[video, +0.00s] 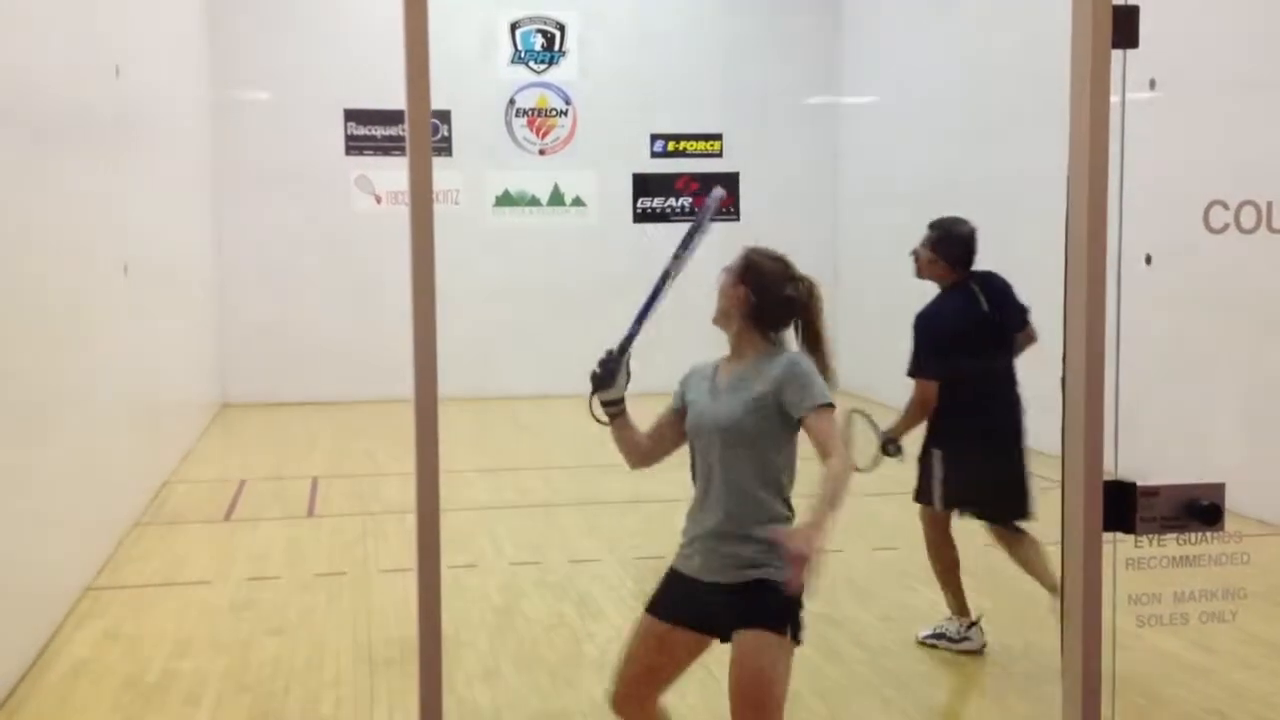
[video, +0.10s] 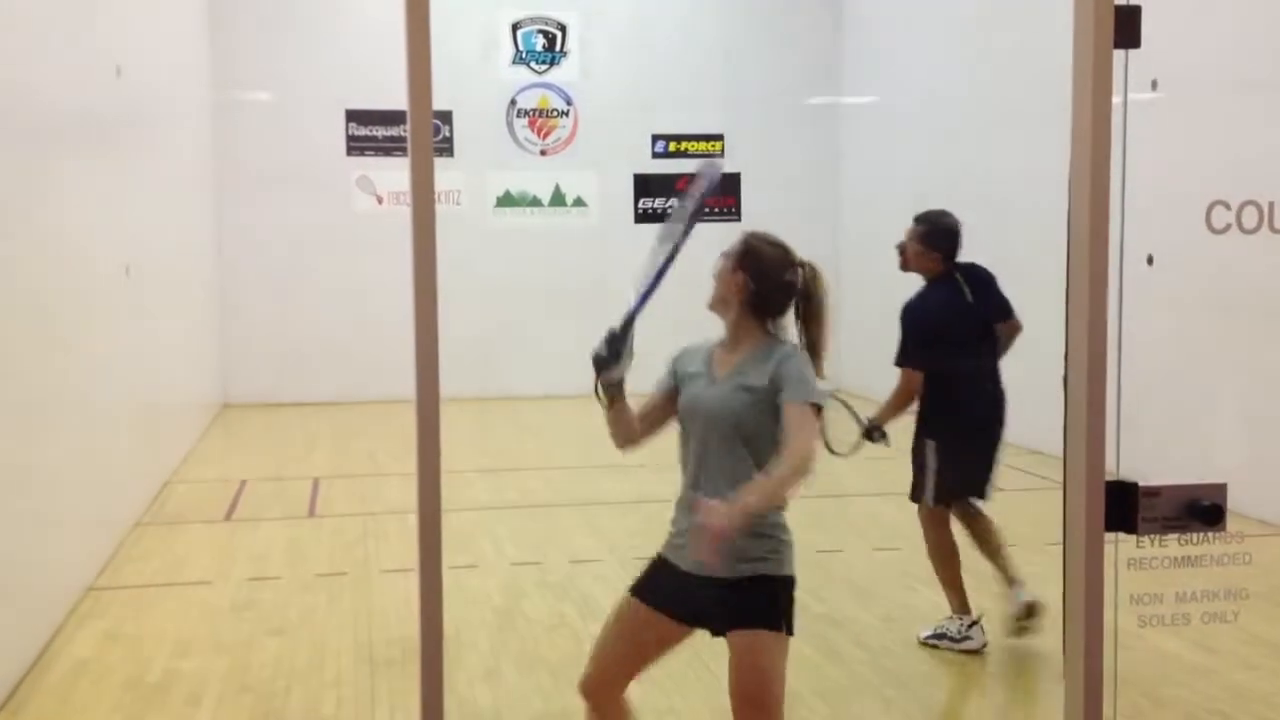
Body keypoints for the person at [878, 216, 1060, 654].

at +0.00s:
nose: (915, 251)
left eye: (924, 248)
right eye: (921, 245)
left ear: (941, 262)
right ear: (960, 259)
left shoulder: (933, 318)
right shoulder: (992, 286)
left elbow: (925, 399)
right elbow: (1027, 335)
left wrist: (892, 433)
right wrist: (988, 360)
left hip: (951, 435)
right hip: (1000, 430)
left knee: (934, 517)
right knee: (1002, 523)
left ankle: (961, 621)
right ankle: (1061, 592)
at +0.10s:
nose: (901, 245)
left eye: (910, 242)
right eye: (907, 239)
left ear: (931, 255)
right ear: (943, 253)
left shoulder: (920, 309)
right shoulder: (977, 278)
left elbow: (910, 386)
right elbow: (1010, 327)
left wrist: (876, 419)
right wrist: (980, 362)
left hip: (942, 421)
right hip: (986, 411)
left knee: (933, 513)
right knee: (962, 501)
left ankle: (963, 620)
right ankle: (1018, 589)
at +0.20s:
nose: (888, 241)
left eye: (897, 237)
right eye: (893, 234)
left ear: (918, 250)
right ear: (927, 248)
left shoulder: (907, 304)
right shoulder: (960, 272)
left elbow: (896, 380)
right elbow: (998, 319)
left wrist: (864, 409)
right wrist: (982, 371)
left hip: (935, 411)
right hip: (972, 401)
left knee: (935, 506)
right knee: (941, 499)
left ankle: (966, 619)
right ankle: (961, 603)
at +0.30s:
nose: (877, 247)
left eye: (886, 242)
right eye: (881, 239)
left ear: (909, 254)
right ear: (913, 251)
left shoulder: (896, 308)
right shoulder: (944, 274)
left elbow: (882, 381)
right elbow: (985, 317)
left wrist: (849, 402)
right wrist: (983, 377)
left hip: (923, 418)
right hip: (954, 408)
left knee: (934, 511)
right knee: (925, 501)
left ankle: (968, 618)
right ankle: (907, 584)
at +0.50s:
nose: (855, 255)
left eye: (863, 249)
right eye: (859, 247)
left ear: (885, 256)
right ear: (891, 255)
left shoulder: (869, 311)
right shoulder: (920, 278)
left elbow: (851, 369)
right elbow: (959, 320)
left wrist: (822, 379)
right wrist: (959, 377)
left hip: (890, 418)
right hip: (921, 412)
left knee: (869, 508)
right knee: (890, 501)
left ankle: (938, 583)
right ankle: (894, 588)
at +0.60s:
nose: (840, 250)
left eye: (846, 243)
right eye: (843, 242)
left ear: (866, 248)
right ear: (877, 248)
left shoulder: (856, 303)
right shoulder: (909, 274)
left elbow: (838, 360)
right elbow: (944, 316)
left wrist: (817, 365)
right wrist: (938, 369)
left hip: (875, 405)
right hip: (912, 402)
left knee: (831, 489)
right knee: (884, 485)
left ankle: (889, 568)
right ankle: (894, 581)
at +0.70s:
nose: (823, 248)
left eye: (830, 242)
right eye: (826, 240)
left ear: (851, 247)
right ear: (860, 246)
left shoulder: (841, 297)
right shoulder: (897, 272)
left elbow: (822, 360)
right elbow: (930, 319)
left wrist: (814, 358)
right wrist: (914, 365)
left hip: (860, 401)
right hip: (901, 399)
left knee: (813, 483)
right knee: (881, 484)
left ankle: (832, 584)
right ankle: (894, 584)